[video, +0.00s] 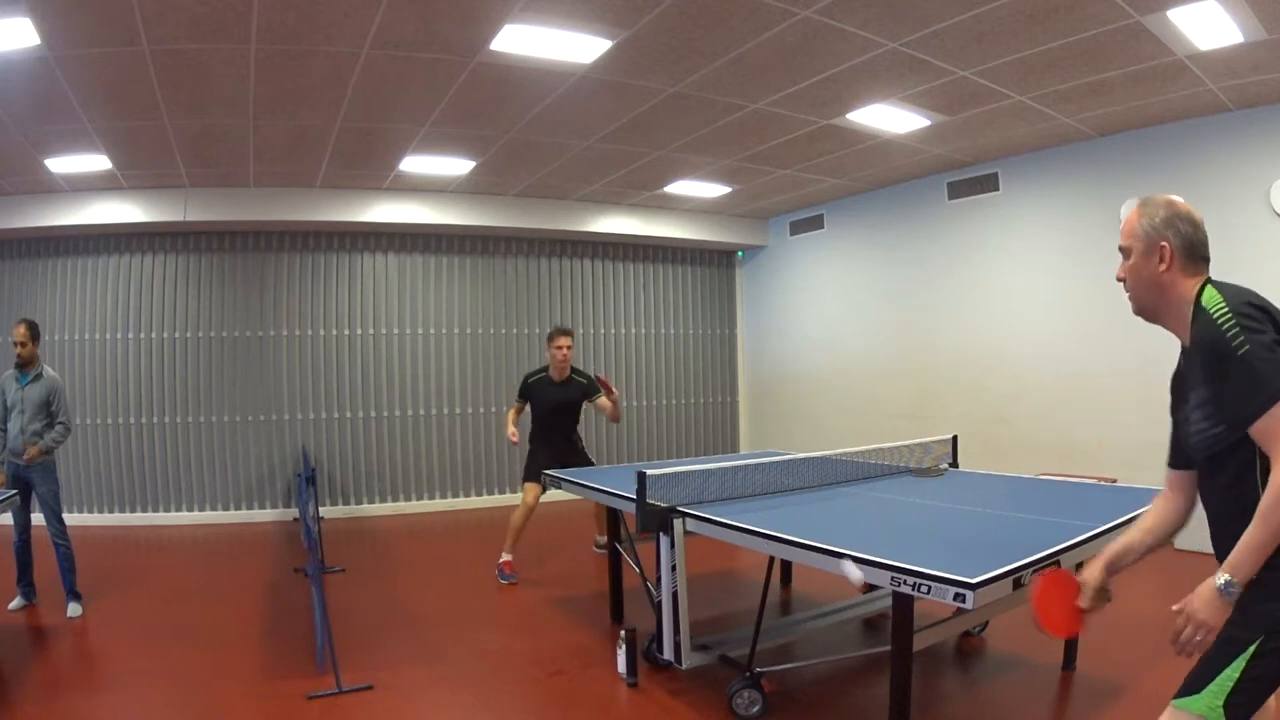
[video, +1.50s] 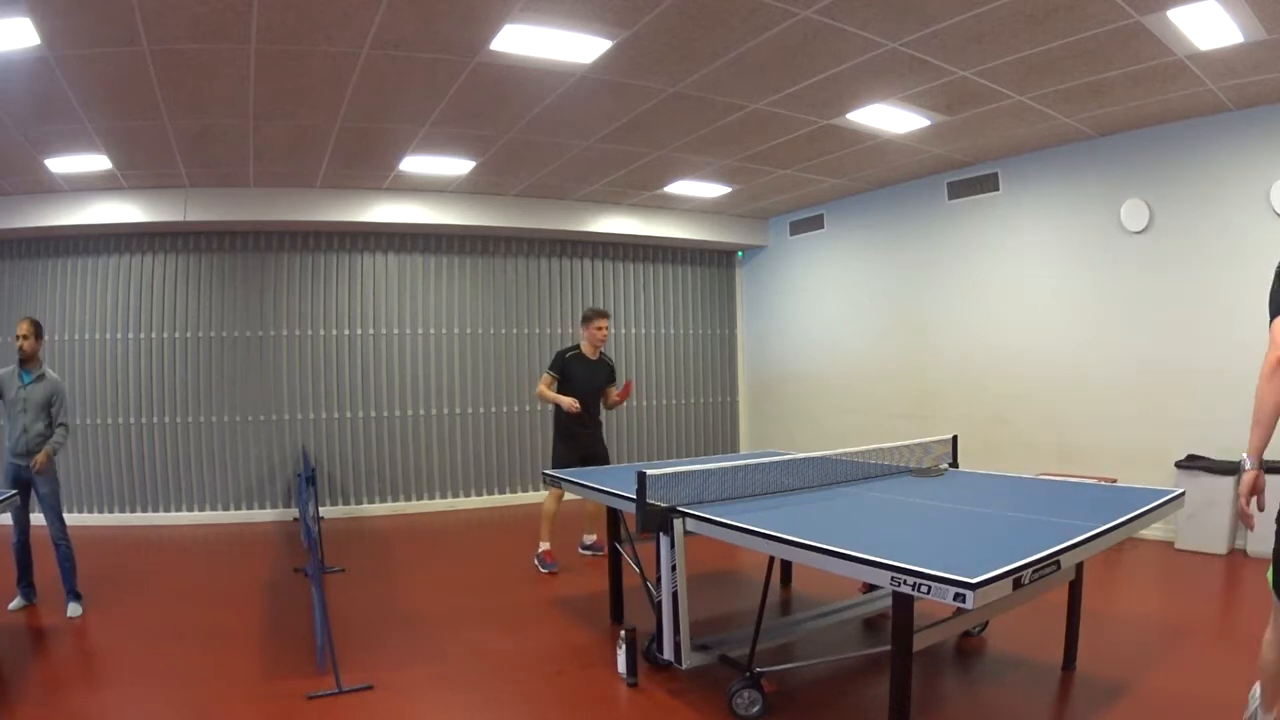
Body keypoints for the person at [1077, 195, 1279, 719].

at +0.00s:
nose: (1118, 273)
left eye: (1126, 255)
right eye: (1120, 257)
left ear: (1163, 257)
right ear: (1161, 260)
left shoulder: (1231, 329)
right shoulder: (1191, 359)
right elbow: (1177, 496)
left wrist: (1225, 586)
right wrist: (1106, 560)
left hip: (1275, 583)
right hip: (1259, 580)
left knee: (1188, 713)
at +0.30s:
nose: (1103, 379)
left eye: (1115, 351)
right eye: (1085, 358)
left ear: (1165, 311)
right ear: (1070, 338)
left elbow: (1279, 612)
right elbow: (1119, 396)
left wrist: (1273, 703)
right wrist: (1054, 447)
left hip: (1260, 635)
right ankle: (1233, 690)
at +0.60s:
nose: (1043, 409)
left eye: (1039, 392)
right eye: (1032, 396)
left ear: (1086, 357)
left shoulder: (1248, 436)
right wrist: (1191, 555)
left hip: (1267, 612)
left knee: (1228, 706)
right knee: (1233, 697)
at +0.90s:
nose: (1112, 288)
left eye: (1099, 270)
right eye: (1100, 273)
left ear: (1111, 258)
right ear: (1164, 219)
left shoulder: (1223, 323)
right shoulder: (1225, 279)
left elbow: (1272, 525)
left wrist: (1189, 665)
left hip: (1271, 633)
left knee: (1226, 710)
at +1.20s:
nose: (1233, 229)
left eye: (1233, 219)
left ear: (1240, 227)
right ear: (1278, 222)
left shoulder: (1265, 301)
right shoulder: (1263, 298)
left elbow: (1277, 427)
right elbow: (1276, 427)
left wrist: (1228, 529)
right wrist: (1233, 527)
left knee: (1241, 693)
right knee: (1245, 687)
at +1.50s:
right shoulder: (1279, 280)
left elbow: (1277, 362)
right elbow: (1275, 364)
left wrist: (1254, 458)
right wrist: (1255, 459)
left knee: (1279, 612)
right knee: (1278, 611)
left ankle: (1268, 708)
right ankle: (1263, 704)